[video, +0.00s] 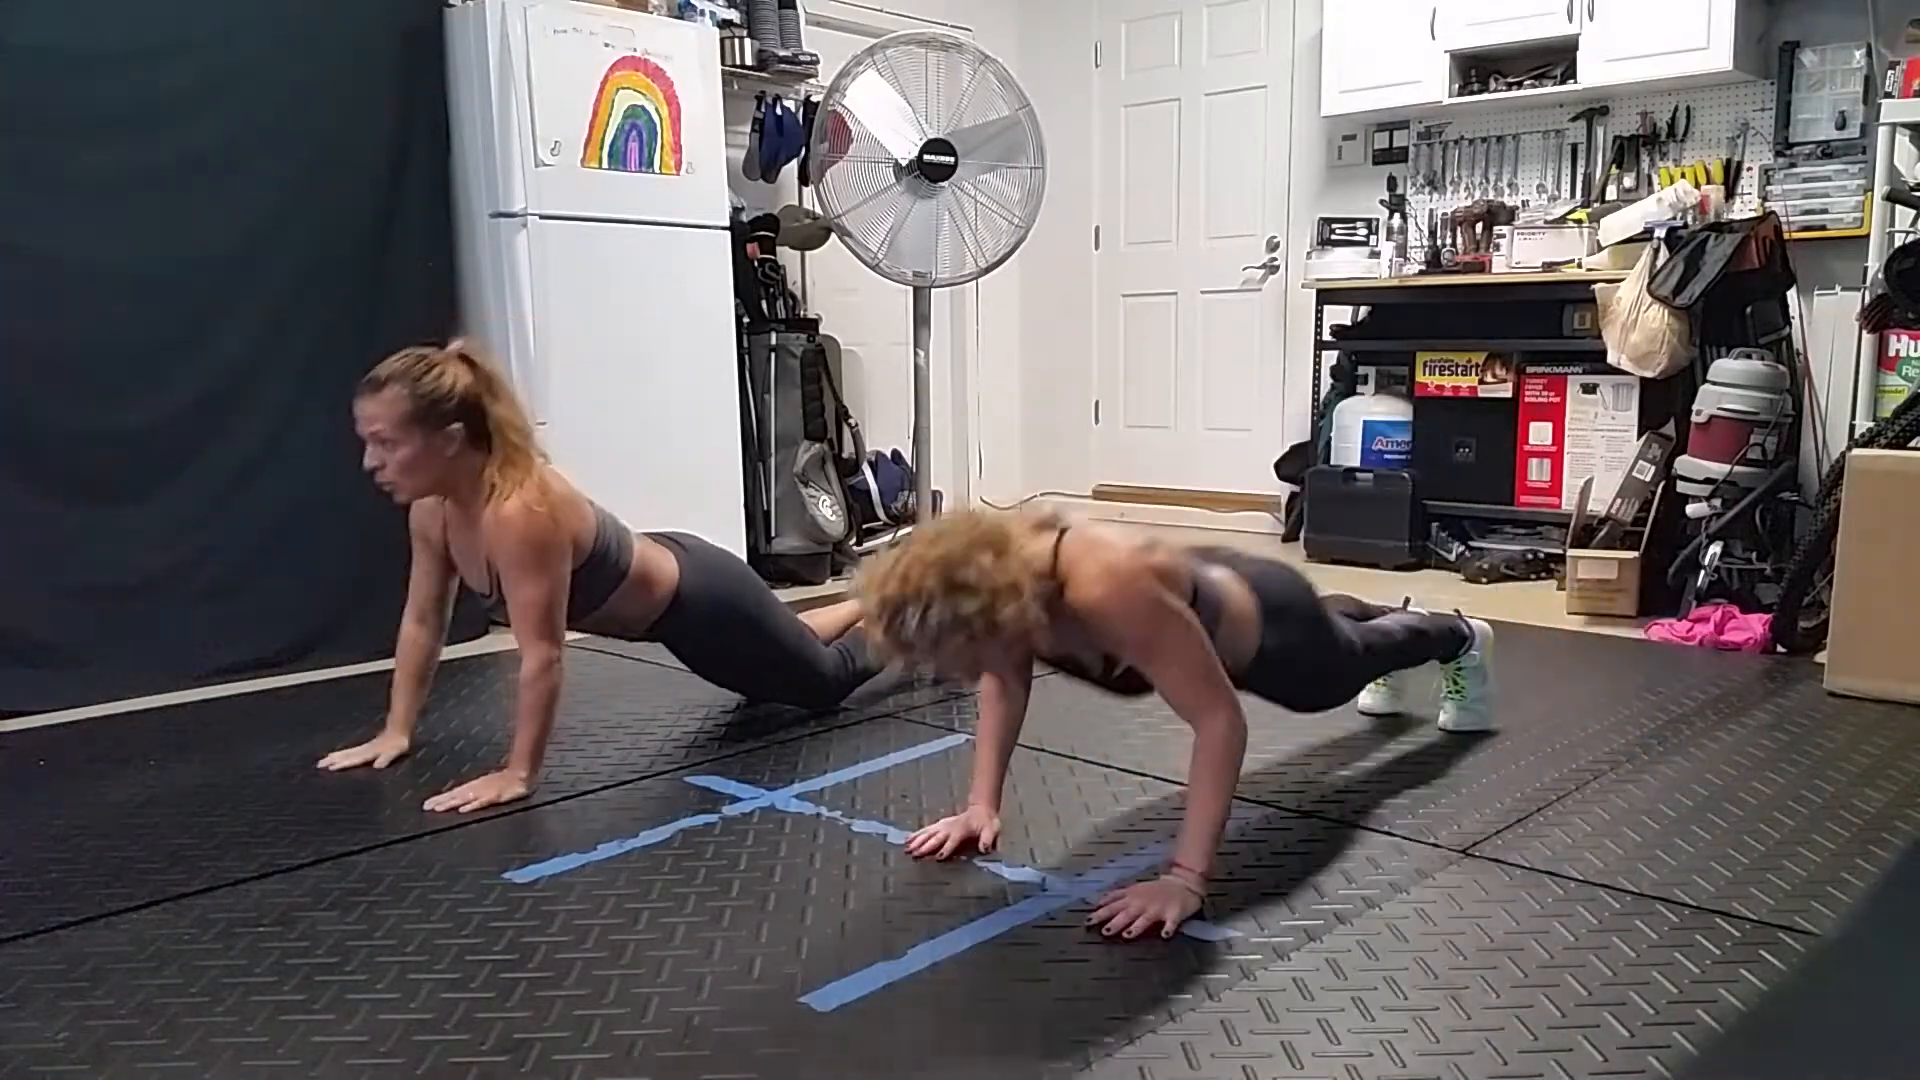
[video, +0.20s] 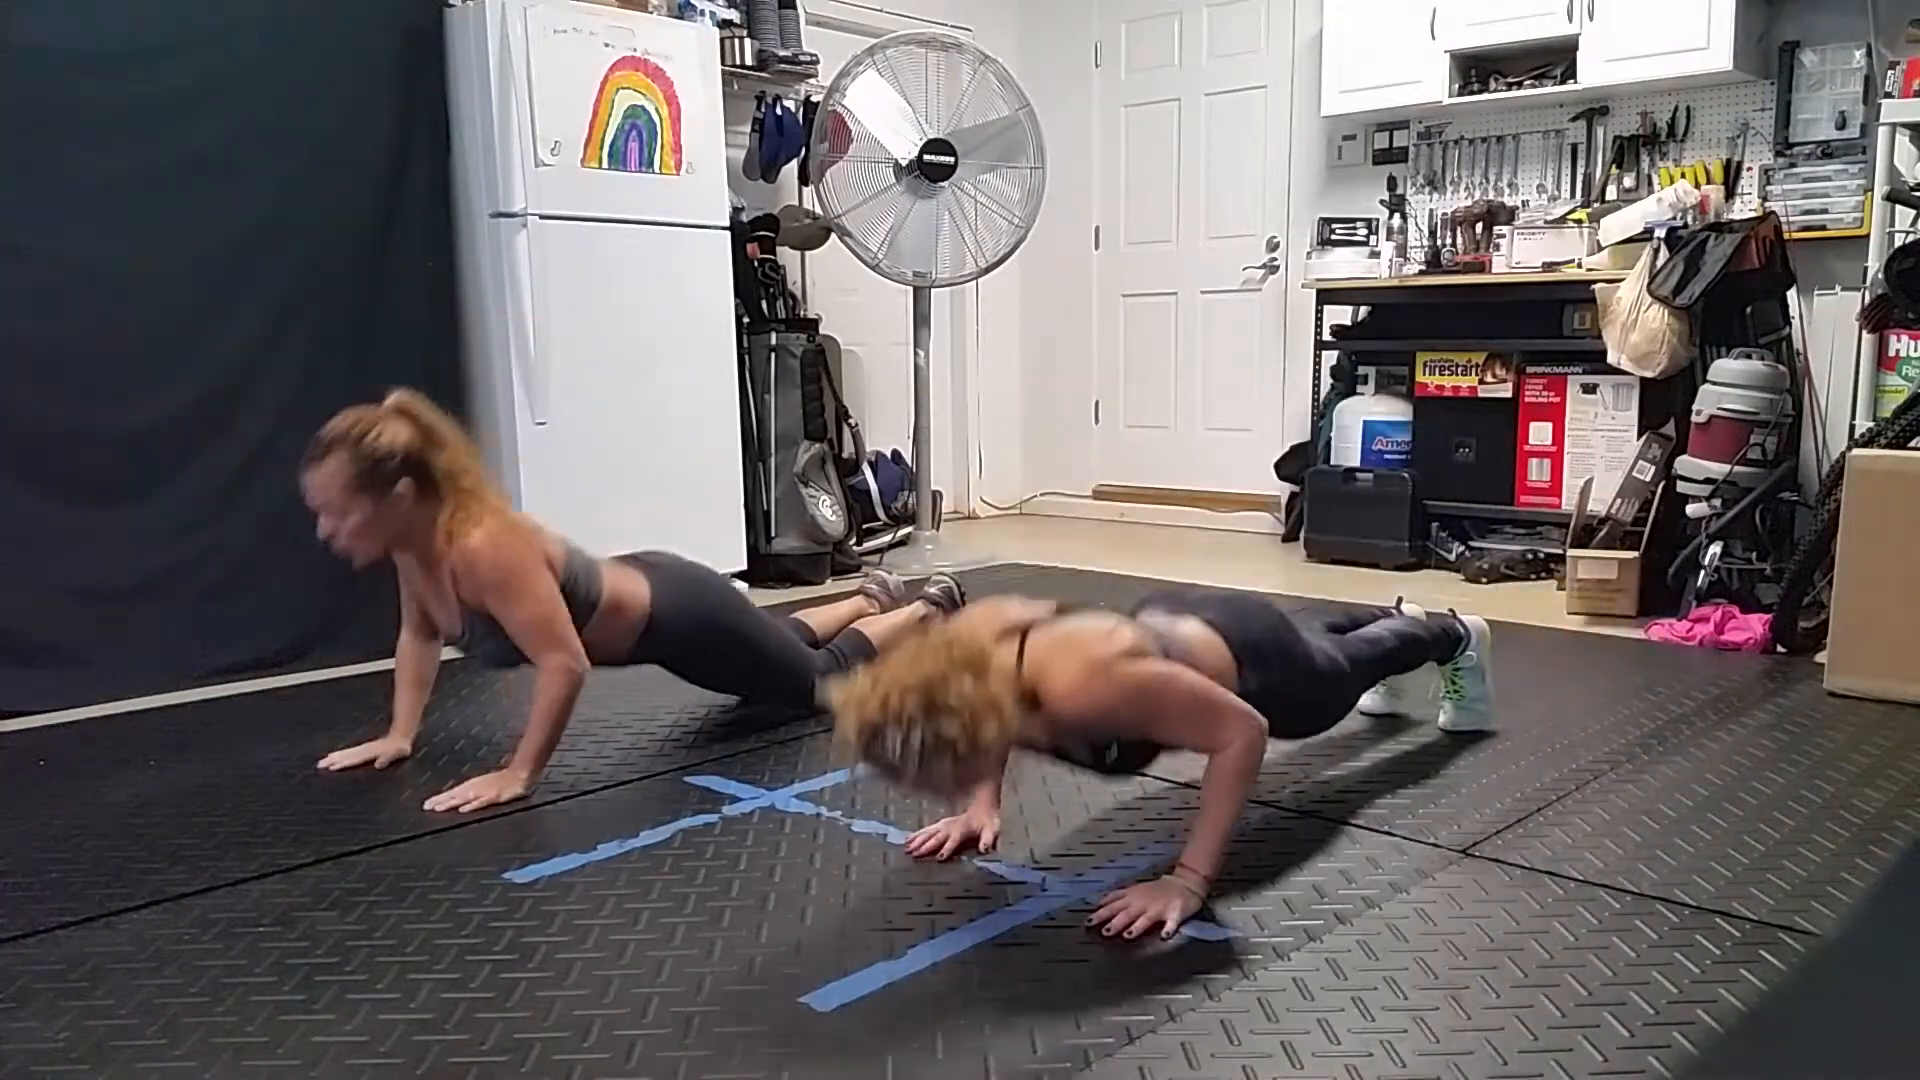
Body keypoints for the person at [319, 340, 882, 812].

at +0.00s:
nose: (369, 463)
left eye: (383, 445)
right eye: (365, 445)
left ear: (453, 438)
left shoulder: (522, 513)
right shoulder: (433, 504)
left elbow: (542, 655)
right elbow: (422, 618)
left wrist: (518, 772)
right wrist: (397, 732)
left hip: (702, 603)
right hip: (666, 581)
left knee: (832, 676)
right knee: (780, 641)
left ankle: (937, 607)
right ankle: (884, 591)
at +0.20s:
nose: (323, 532)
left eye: (333, 515)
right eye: (318, 517)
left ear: (400, 496)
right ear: (386, 503)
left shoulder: (487, 550)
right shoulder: (413, 546)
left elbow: (566, 662)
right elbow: (418, 638)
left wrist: (518, 774)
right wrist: (400, 733)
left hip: (680, 615)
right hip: (643, 591)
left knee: (817, 683)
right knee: (772, 638)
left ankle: (915, 613)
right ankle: (865, 598)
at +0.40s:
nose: (306, 646)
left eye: (306, 628)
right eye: (296, 632)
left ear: (349, 590)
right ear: (344, 583)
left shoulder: (453, 596)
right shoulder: (403, 592)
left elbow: (567, 670)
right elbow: (405, 656)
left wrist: (516, 775)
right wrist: (400, 736)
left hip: (666, 643)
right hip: (625, 620)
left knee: (813, 678)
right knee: (758, 640)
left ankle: (917, 617)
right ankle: (859, 599)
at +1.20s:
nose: (326, 538)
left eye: (320, 522)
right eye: (311, 528)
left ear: (348, 479)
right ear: (338, 483)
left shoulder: (477, 495)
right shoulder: (396, 502)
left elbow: (518, 642)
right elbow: (405, 622)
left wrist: (516, 771)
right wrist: (398, 736)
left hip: (671, 561)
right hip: (632, 572)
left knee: (782, 688)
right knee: (746, 677)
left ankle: (900, 654)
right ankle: (856, 632)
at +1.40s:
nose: (329, 487)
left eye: (326, 469)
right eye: (316, 476)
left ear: (362, 430)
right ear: (336, 444)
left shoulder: (476, 474)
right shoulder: (392, 488)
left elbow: (501, 616)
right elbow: (399, 608)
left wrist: (489, 747)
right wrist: (396, 731)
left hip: (667, 556)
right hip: (628, 576)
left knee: (773, 681)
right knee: (740, 669)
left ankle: (895, 656)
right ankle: (844, 641)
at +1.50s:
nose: (337, 483)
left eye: (340, 463)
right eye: (323, 471)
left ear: (379, 425)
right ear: (321, 454)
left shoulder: (481, 457)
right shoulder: (388, 486)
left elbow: (425, 588)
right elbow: (400, 591)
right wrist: (396, 723)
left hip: (669, 554)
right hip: (629, 580)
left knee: (778, 686)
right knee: (742, 669)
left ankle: (896, 657)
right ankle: (844, 638)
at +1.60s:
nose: (326, 424)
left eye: (334, 409)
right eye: (316, 415)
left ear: (383, 402)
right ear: (339, 429)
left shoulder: (474, 442)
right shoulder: (398, 497)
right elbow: (399, 615)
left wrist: (259, 447)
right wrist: (396, 734)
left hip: (673, 554)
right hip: (630, 586)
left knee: (783, 681)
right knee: (747, 669)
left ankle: (892, 659)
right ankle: (851, 638)